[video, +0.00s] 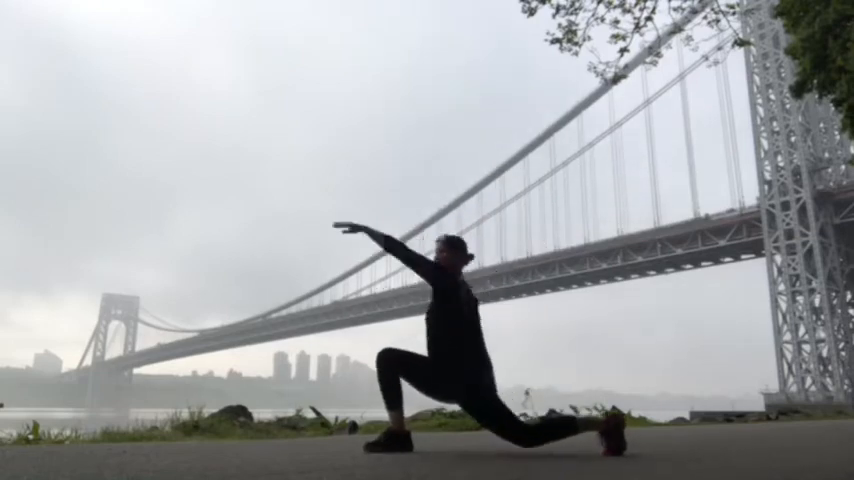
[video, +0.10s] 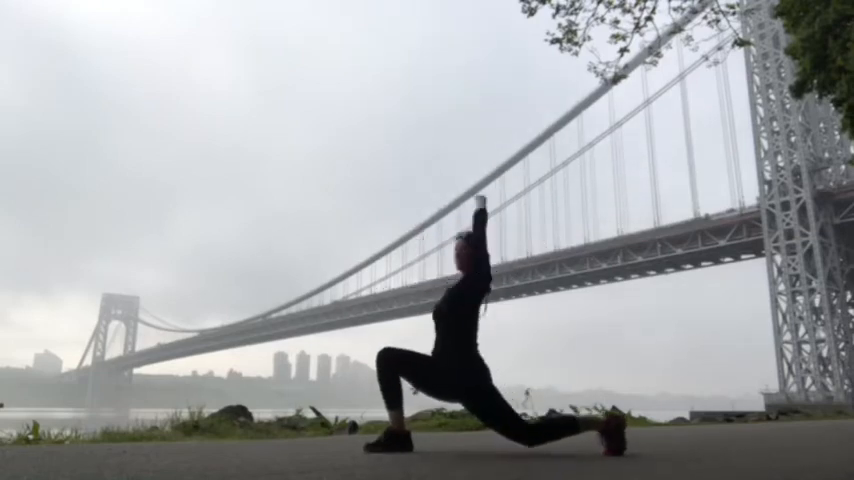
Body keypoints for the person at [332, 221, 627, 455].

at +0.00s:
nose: (436, 257)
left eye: (443, 252)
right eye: (437, 252)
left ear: (460, 259)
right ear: (447, 259)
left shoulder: (448, 284)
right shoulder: (455, 291)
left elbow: (406, 255)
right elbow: (467, 337)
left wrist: (366, 230)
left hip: (463, 382)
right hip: (457, 378)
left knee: (525, 437)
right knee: (387, 359)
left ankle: (604, 425)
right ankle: (397, 432)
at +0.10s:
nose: (456, 252)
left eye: (461, 248)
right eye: (457, 247)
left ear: (473, 252)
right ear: (463, 254)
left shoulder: (476, 281)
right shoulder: (464, 284)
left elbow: (478, 244)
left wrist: (480, 213)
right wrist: (479, 222)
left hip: (467, 376)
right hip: (446, 372)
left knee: (526, 436)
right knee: (387, 359)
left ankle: (604, 424)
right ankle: (397, 433)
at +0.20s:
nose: (481, 250)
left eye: (488, 247)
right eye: (480, 245)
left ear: (501, 252)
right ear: (477, 249)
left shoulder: (502, 280)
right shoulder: (462, 277)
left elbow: (543, 266)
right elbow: (430, 262)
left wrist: (537, 258)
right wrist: (401, 248)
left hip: (478, 373)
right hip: (451, 367)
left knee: (532, 431)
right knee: (391, 356)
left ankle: (608, 424)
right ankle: (397, 432)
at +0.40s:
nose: (504, 214)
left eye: (510, 210)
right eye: (504, 209)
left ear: (522, 217)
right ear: (508, 216)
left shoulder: (514, 252)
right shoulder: (501, 247)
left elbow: (517, 270)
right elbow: (521, 223)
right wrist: (537, 201)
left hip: (500, 336)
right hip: (476, 334)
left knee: (541, 399)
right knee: (412, 355)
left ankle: (617, 424)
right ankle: (399, 433)